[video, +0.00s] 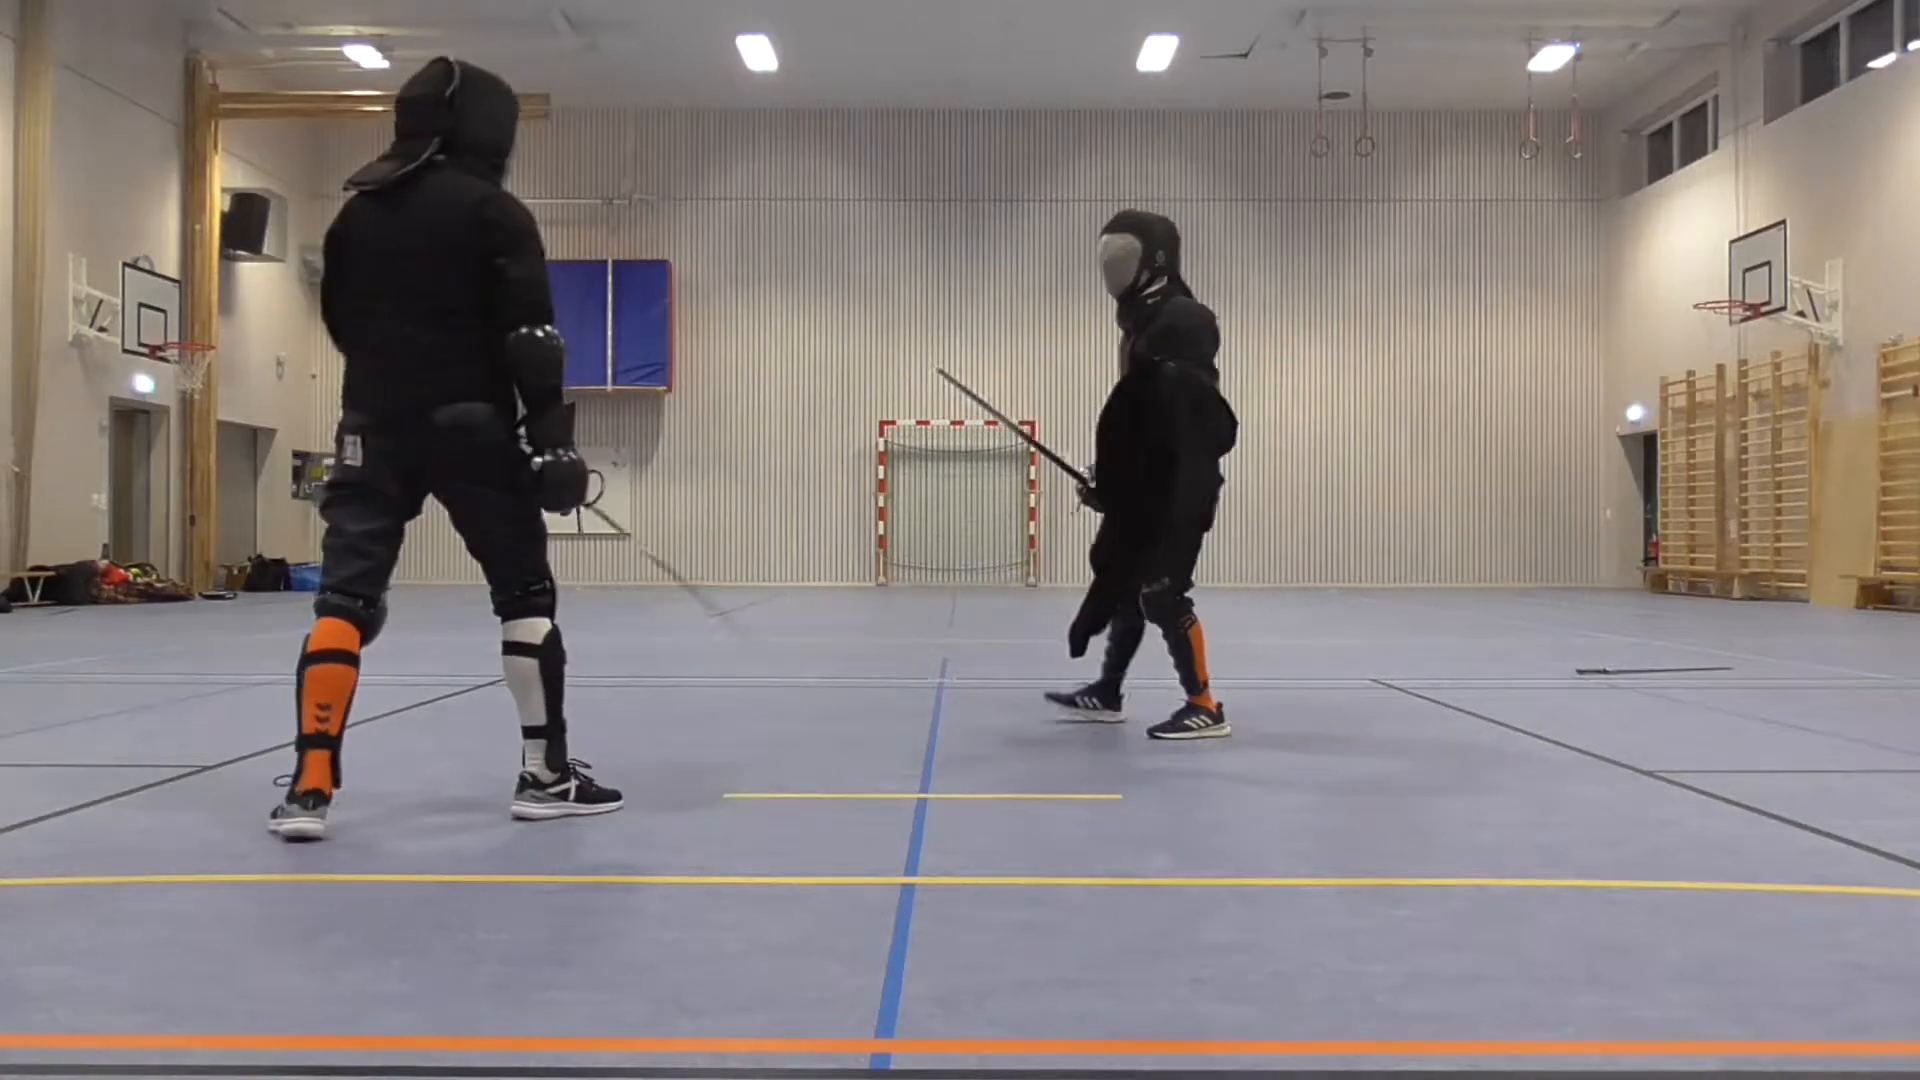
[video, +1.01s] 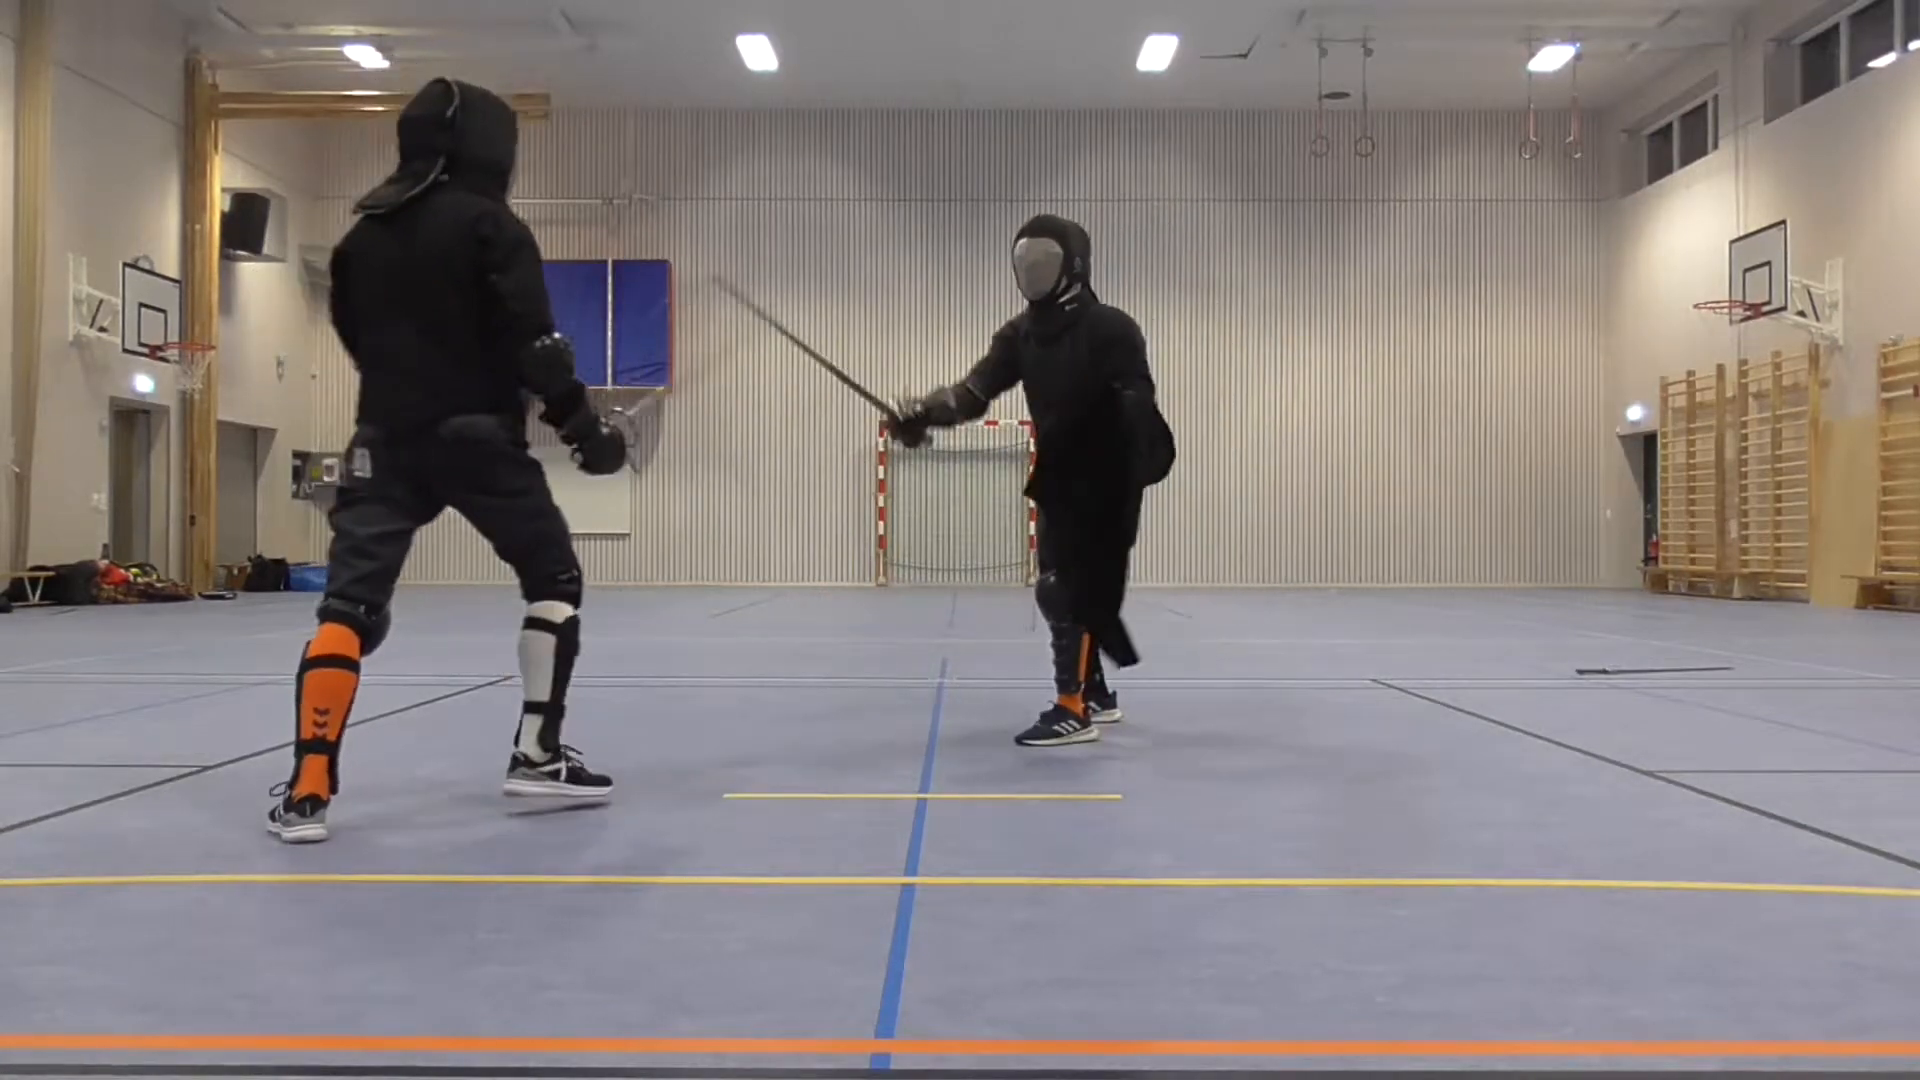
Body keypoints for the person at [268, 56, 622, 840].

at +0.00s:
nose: (507, 145)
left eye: (507, 131)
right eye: (502, 131)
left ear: (417, 124)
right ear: (481, 129)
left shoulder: (362, 206)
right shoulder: (495, 213)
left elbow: (339, 314)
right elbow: (531, 343)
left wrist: (395, 367)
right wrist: (556, 442)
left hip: (371, 430)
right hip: (475, 430)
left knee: (345, 594)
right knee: (523, 590)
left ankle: (310, 785)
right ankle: (545, 767)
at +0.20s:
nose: (470, 142)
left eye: (466, 129)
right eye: (465, 129)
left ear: (376, 127)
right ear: (445, 129)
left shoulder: (326, 213)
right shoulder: (465, 213)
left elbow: (279, 336)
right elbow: (518, 342)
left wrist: (361, 344)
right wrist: (548, 441)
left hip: (351, 442)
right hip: (457, 437)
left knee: (334, 600)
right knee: (520, 589)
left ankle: (308, 789)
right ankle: (545, 762)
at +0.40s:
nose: (453, 144)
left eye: (449, 130)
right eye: (448, 131)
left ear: (360, 128)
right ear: (429, 130)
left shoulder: (305, 214)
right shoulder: (446, 212)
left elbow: (252, 335)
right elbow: (503, 339)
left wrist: (316, 389)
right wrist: (535, 432)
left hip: (338, 437)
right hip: (442, 433)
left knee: (326, 601)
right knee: (512, 574)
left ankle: (309, 789)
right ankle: (546, 752)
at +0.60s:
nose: (467, 149)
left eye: (464, 136)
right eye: (463, 136)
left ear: (373, 132)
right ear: (443, 134)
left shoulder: (319, 220)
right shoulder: (457, 217)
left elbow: (289, 358)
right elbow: (514, 342)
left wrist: (361, 382)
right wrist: (548, 430)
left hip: (349, 444)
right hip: (451, 441)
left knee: (333, 602)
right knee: (512, 588)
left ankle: (309, 790)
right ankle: (544, 759)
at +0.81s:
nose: (477, 150)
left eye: (473, 137)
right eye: (472, 138)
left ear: (386, 134)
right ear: (454, 138)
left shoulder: (331, 221)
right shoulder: (467, 219)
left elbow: (309, 331)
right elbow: (525, 334)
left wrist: (360, 390)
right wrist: (577, 408)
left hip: (356, 440)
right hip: (455, 436)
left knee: (337, 598)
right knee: (512, 586)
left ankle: (309, 787)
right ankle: (541, 760)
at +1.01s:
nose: (508, 162)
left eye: (508, 149)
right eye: (502, 148)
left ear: (418, 145)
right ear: (481, 147)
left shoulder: (366, 231)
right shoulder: (492, 226)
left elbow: (354, 330)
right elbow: (536, 345)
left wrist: (410, 385)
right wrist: (586, 426)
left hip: (384, 441)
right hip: (480, 440)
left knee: (348, 602)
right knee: (553, 580)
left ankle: (309, 789)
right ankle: (538, 749)